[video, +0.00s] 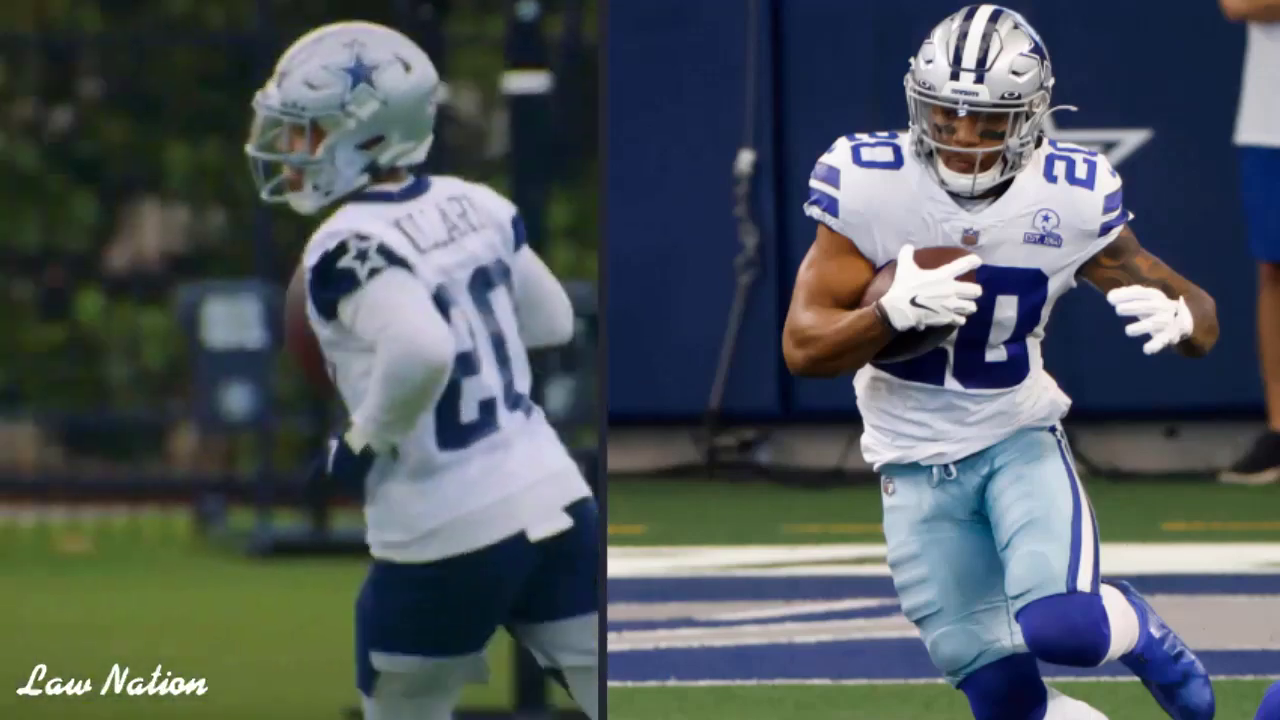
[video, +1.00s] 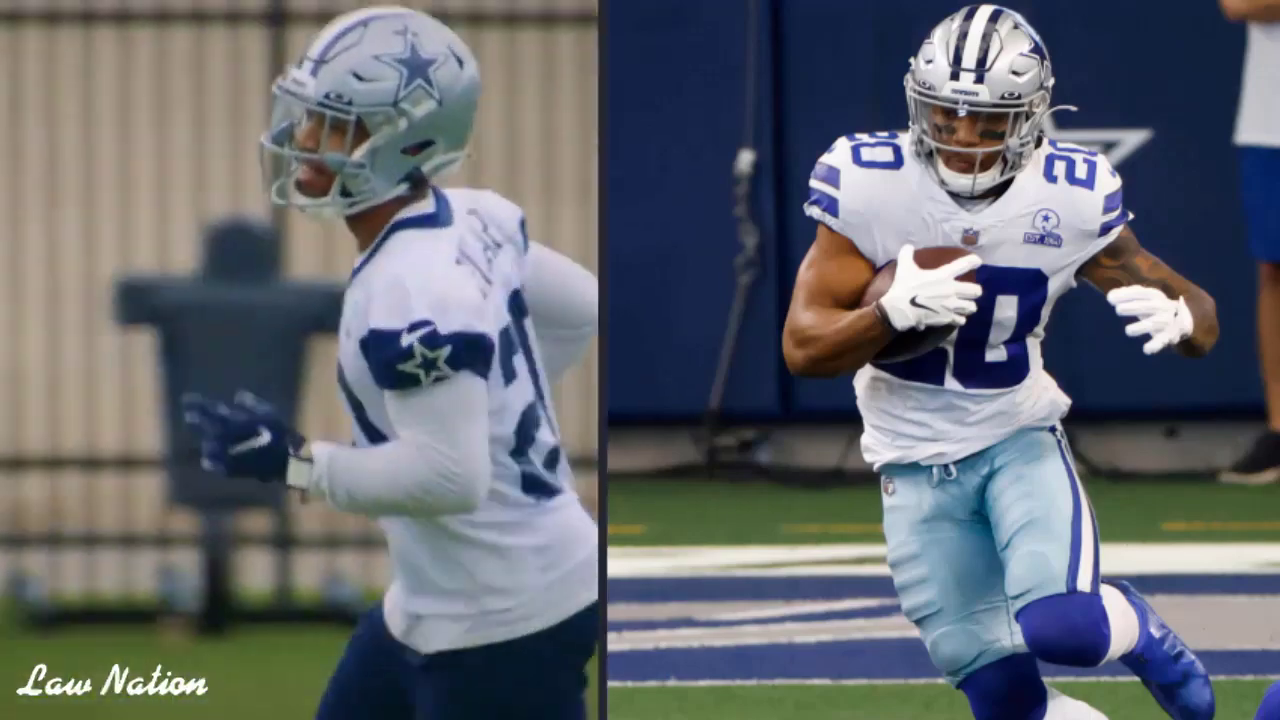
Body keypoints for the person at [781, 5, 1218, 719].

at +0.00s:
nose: (966, 138)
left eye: (988, 121)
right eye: (950, 117)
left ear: (1028, 119)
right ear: (922, 110)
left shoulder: (1071, 194)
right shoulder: (863, 179)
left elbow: (1197, 309)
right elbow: (801, 349)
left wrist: (1181, 319)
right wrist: (887, 313)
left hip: (1018, 437)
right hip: (911, 467)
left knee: (1054, 626)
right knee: (1001, 696)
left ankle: (1142, 633)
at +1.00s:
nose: (966, 138)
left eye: (988, 121)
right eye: (950, 117)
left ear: (1028, 119)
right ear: (922, 110)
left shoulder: (1071, 194)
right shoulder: (863, 179)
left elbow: (1197, 309)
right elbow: (801, 349)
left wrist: (1181, 319)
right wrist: (887, 313)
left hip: (1018, 437)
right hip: (911, 467)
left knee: (1054, 626)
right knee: (1001, 696)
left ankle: (1142, 633)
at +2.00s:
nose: (966, 137)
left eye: (988, 121)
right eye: (950, 116)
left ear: (1027, 118)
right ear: (922, 110)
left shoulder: (1071, 195)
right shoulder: (863, 180)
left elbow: (1197, 310)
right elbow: (801, 350)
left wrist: (1181, 319)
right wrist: (887, 313)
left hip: (1018, 437)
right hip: (911, 467)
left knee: (1054, 626)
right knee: (1001, 696)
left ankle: (1141, 631)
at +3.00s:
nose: (966, 137)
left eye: (988, 121)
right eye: (950, 117)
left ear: (1027, 118)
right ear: (922, 110)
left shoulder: (1071, 194)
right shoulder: (863, 180)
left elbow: (1197, 310)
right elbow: (801, 350)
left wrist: (1181, 318)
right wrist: (887, 313)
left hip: (1018, 437)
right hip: (911, 467)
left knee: (1054, 626)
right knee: (1001, 696)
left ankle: (1141, 632)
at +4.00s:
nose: (966, 137)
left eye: (988, 121)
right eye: (950, 117)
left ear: (1027, 118)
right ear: (922, 110)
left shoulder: (1072, 194)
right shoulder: (863, 180)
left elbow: (1197, 310)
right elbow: (801, 350)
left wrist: (1181, 318)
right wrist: (887, 313)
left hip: (1018, 437)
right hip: (911, 467)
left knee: (1054, 626)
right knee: (1001, 697)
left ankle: (1142, 632)